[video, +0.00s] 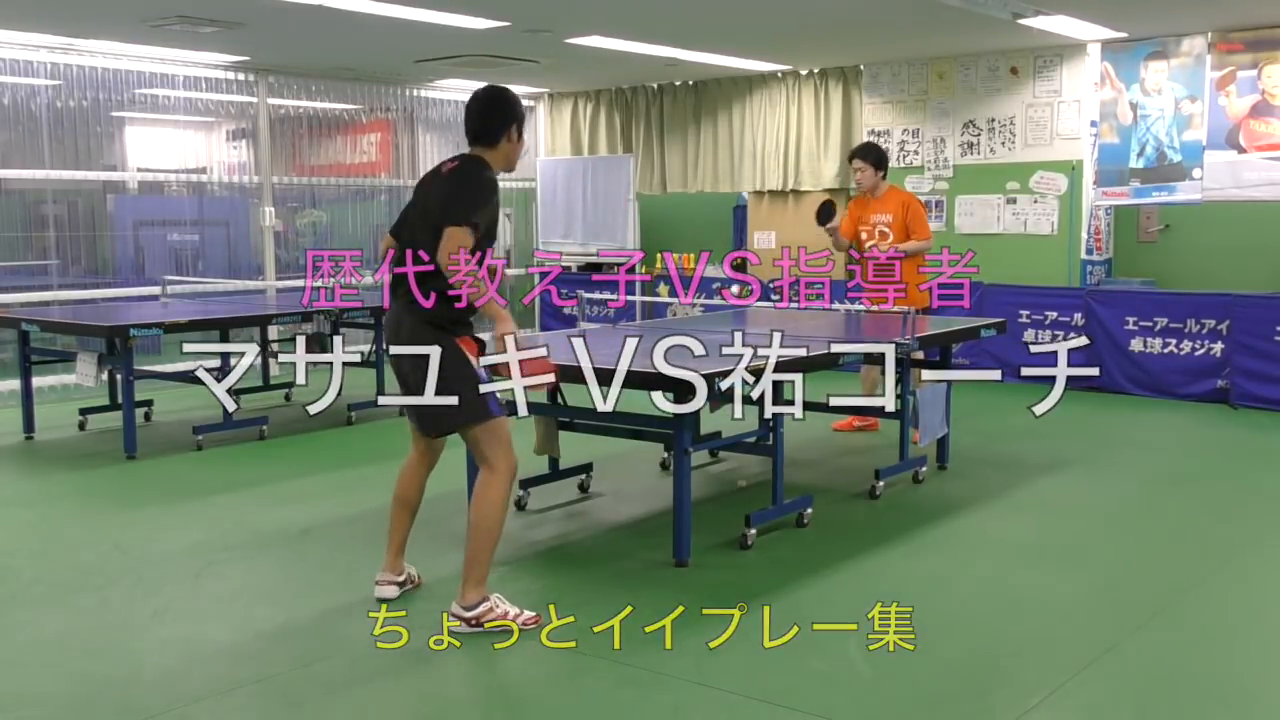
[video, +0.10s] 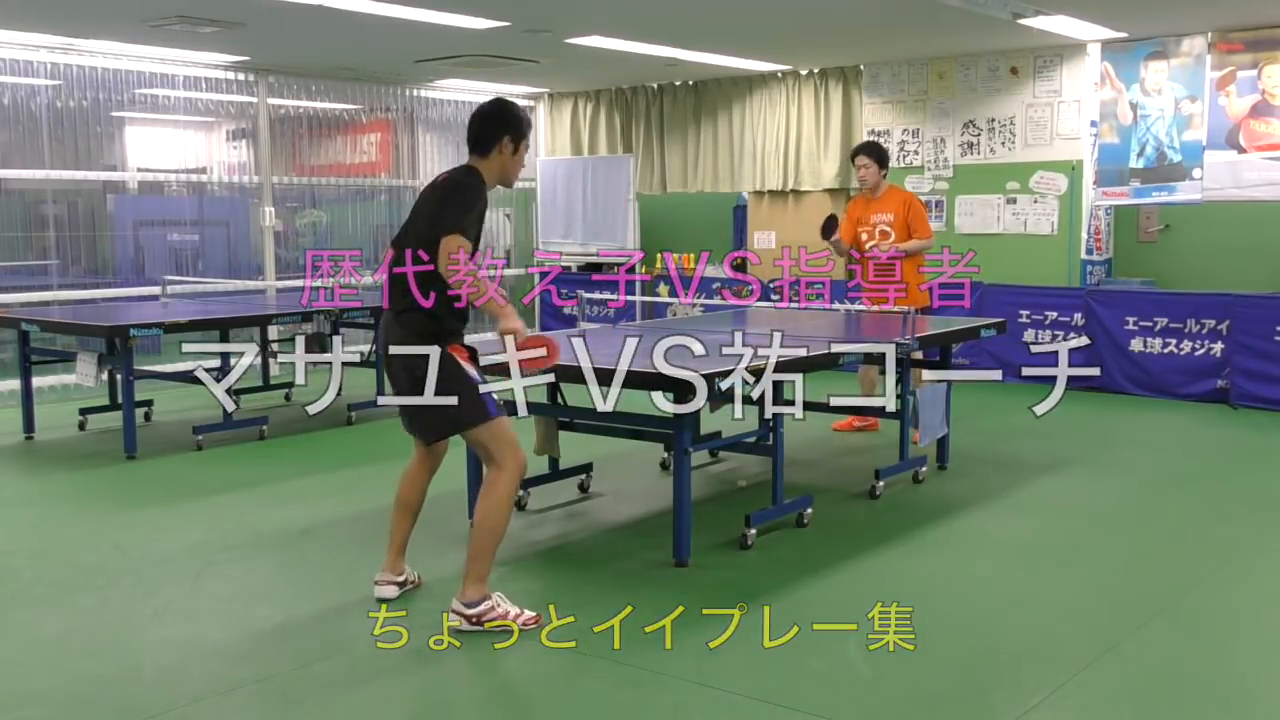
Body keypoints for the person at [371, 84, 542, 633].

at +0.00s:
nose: (522, 145)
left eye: (521, 135)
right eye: (521, 135)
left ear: (473, 131)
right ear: (508, 136)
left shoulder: (440, 175)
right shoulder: (479, 182)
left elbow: (391, 249)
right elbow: (453, 255)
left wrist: (423, 305)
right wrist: (498, 312)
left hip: (404, 336)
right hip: (439, 340)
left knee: (425, 447)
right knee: (500, 463)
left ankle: (392, 570)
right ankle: (473, 597)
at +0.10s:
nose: (523, 162)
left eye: (524, 152)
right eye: (522, 151)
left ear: (480, 144)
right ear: (502, 147)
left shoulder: (444, 186)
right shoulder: (468, 189)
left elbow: (399, 262)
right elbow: (454, 262)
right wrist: (506, 314)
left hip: (401, 345)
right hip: (432, 347)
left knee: (429, 450)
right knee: (508, 460)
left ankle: (392, 570)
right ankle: (474, 595)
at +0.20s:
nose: (528, 159)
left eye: (529, 149)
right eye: (525, 147)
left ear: (483, 142)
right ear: (499, 142)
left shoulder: (438, 182)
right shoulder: (475, 187)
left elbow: (389, 256)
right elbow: (503, 268)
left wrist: (467, 283)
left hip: (397, 340)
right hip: (431, 345)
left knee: (427, 448)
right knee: (514, 453)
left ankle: (392, 570)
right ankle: (480, 590)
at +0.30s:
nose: (532, 149)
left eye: (532, 137)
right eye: (529, 137)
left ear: (487, 133)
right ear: (506, 133)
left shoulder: (435, 176)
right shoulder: (496, 186)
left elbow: (385, 251)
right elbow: (562, 253)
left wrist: (445, 265)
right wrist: (619, 234)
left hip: (402, 335)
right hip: (444, 339)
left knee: (414, 450)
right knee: (523, 452)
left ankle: (390, 570)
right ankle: (501, 594)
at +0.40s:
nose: (535, 145)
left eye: (533, 135)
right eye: (533, 135)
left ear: (481, 134)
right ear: (519, 134)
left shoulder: (435, 181)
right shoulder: (521, 189)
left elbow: (390, 254)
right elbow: (597, 235)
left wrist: (441, 263)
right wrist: (614, 202)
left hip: (416, 337)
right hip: (468, 345)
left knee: (413, 456)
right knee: (539, 460)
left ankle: (388, 570)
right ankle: (564, 607)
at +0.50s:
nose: (546, 151)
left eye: (541, 142)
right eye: (544, 142)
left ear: (490, 147)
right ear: (536, 145)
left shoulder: (452, 195)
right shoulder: (546, 200)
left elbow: (405, 270)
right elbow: (623, 244)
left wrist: (443, 283)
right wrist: (625, 210)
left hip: (443, 354)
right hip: (499, 362)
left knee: (422, 465)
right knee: (573, 479)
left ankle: (389, 572)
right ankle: (623, 622)